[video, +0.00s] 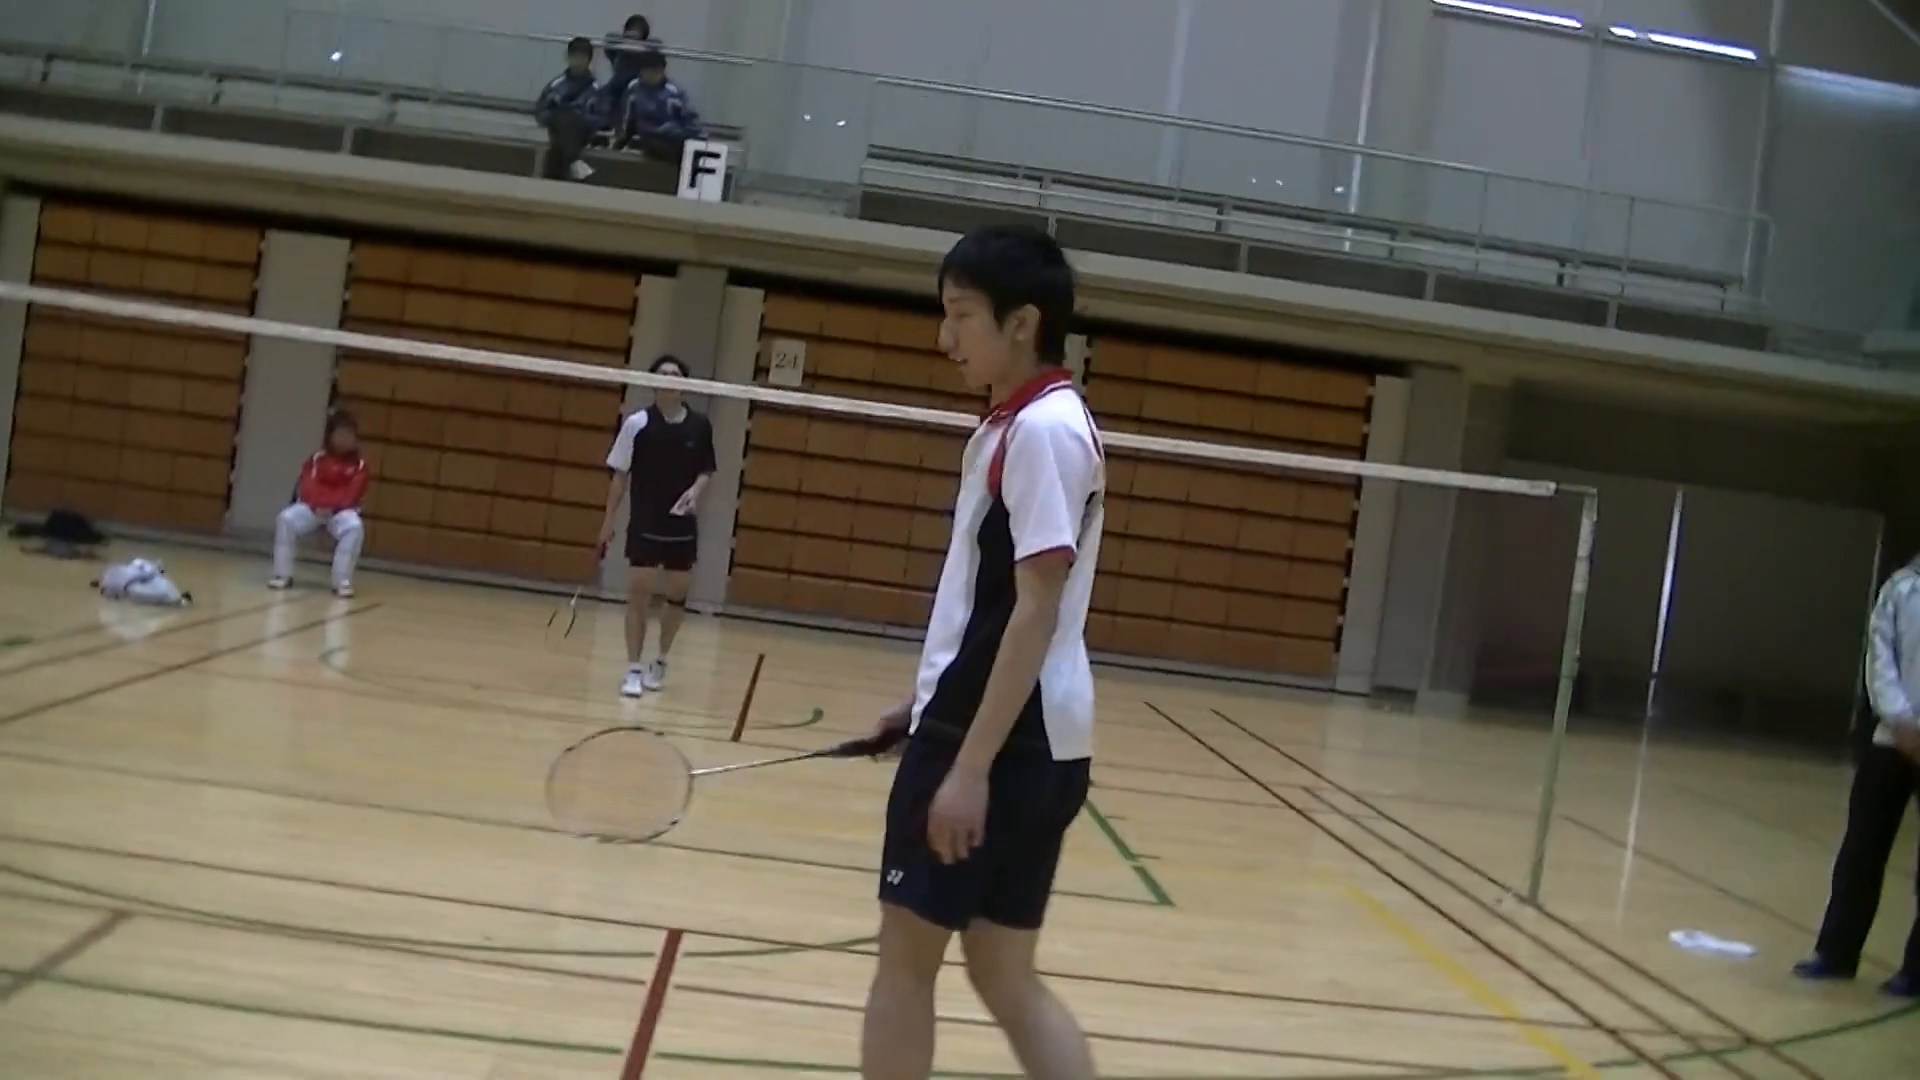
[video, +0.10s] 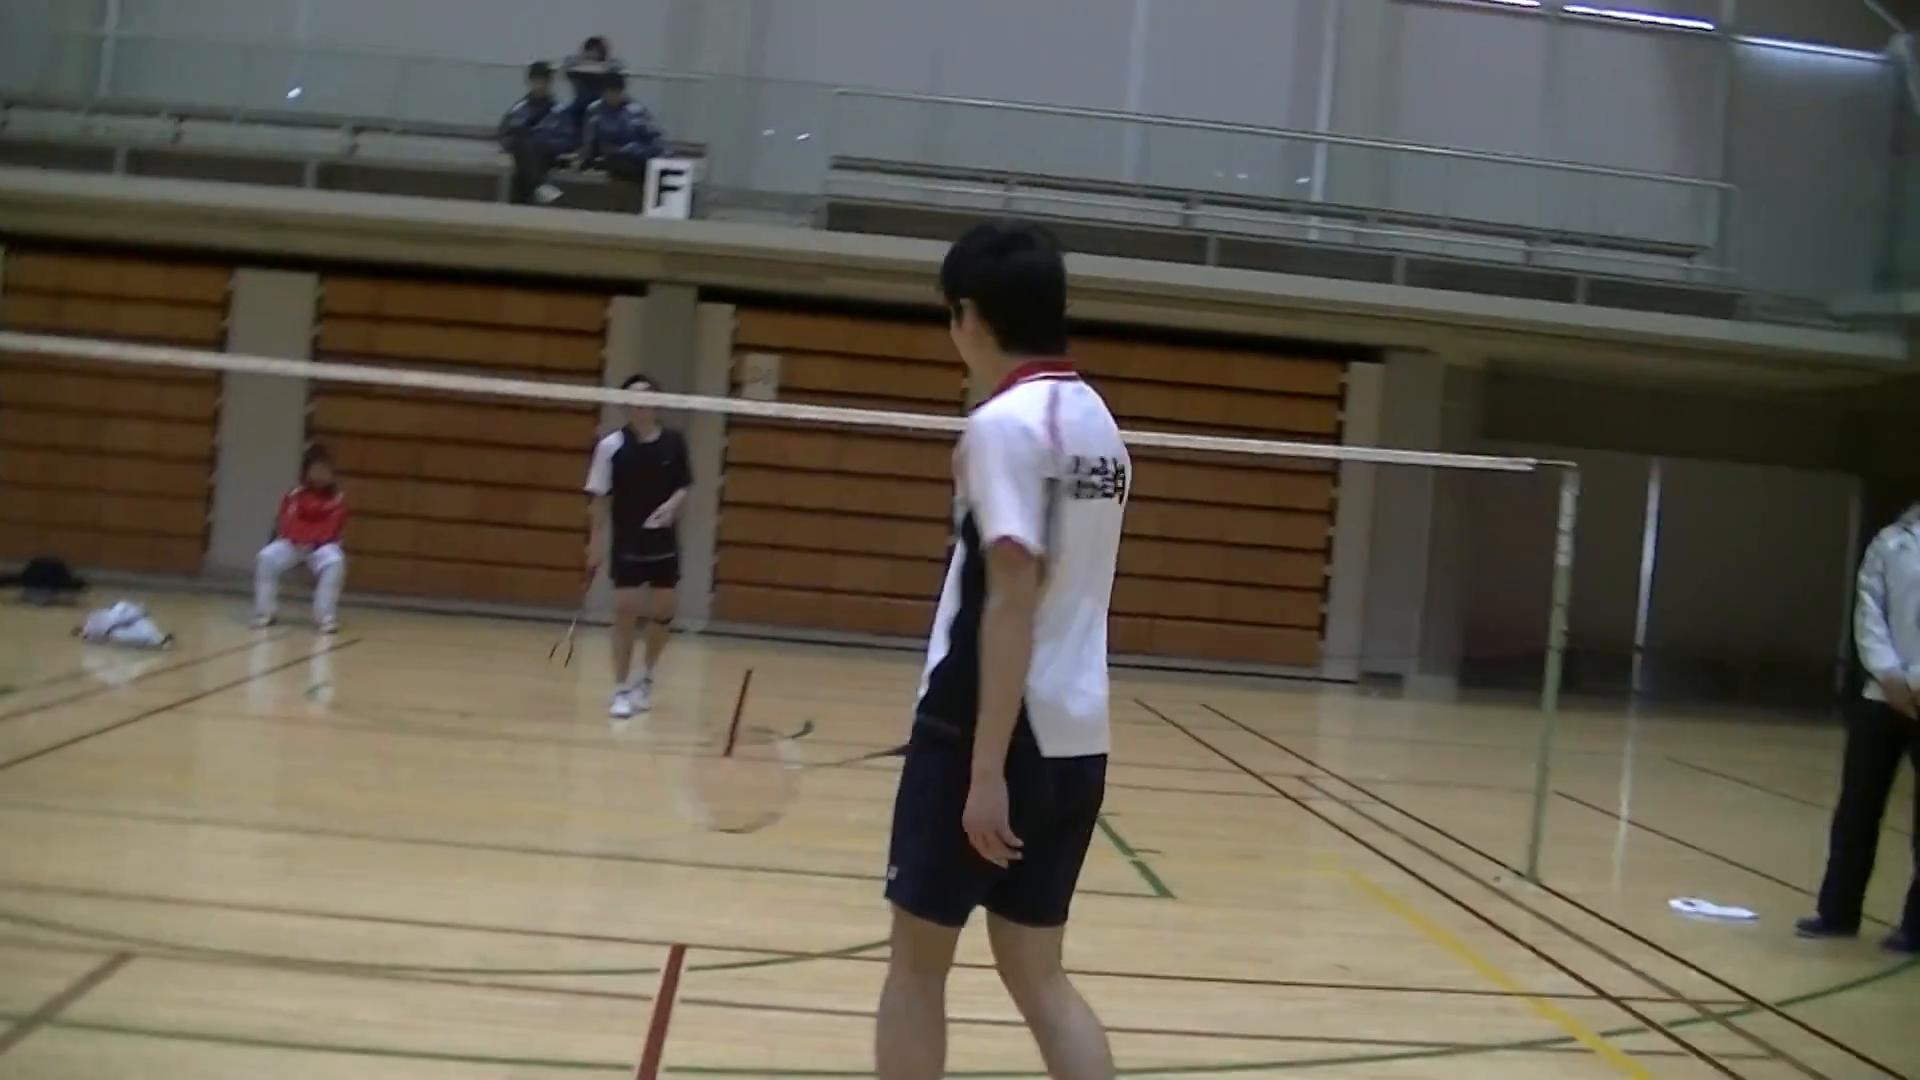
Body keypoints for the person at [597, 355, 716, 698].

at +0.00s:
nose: (669, 381)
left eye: (675, 376)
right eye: (663, 375)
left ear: (685, 385)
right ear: (653, 382)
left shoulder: (699, 426)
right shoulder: (637, 423)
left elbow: (707, 468)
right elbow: (620, 476)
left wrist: (695, 491)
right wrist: (607, 523)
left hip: (682, 525)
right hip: (644, 522)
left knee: (676, 598)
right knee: (639, 595)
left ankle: (660, 660)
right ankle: (634, 668)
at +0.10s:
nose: (643, 403)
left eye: (648, 396)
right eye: (636, 396)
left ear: (657, 402)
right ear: (625, 403)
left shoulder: (673, 442)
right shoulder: (611, 446)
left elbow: (685, 484)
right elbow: (598, 501)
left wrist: (672, 505)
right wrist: (595, 548)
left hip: (663, 540)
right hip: (626, 540)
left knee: (662, 612)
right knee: (625, 611)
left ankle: (646, 677)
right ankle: (621, 688)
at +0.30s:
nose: (588, 439)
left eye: (592, 431)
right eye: (581, 433)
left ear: (602, 433)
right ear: (572, 438)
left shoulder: (622, 471)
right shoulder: (561, 481)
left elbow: (636, 514)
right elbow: (554, 537)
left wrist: (617, 530)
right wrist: (562, 585)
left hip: (622, 573)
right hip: (585, 577)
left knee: (632, 642)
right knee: (587, 649)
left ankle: (586, 679)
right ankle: (583, 722)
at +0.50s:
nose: (549, 434)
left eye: (552, 427)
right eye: (540, 429)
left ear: (558, 428)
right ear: (528, 433)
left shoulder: (581, 462)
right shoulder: (518, 474)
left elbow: (596, 505)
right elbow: (514, 528)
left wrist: (577, 526)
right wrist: (528, 572)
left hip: (583, 558)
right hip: (545, 565)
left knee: (606, 627)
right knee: (547, 638)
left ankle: (575, 658)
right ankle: (546, 713)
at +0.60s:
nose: (527, 412)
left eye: (531, 405)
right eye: (520, 407)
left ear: (541, 406)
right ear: (511, 412)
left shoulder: (565, 443)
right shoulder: (503, 455)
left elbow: (580, 485)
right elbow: (499, 509)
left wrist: (564, 509)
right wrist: (512, 554)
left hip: (568, 542)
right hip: (530, 548)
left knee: (587, 608)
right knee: (533, 620)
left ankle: (568, 677)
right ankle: (532, 694)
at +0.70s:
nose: (522, 383)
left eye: (526, 376)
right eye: (515, 378)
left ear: (536, 378)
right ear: (505, 383)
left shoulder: (558, 414)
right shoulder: (497, 427)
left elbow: (573, 457)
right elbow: (492, 485)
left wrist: (562, 483)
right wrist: (503, 536)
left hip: (561, 516)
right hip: (523, 522)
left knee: (574, 589)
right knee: (525, 595)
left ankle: (588, 657)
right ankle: (528, 669)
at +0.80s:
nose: (537, 357)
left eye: (541, 351)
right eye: (530, 353)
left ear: (550, 355)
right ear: (518, 359)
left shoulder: (569, 390)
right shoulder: (508, 404)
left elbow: (583, 434)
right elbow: (501, 463)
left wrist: (575, 460)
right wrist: (504, 513)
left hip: (572, 490)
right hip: (534, 497)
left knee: (594, 559)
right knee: (534, 573)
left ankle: (602, 632)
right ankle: (537, 646)